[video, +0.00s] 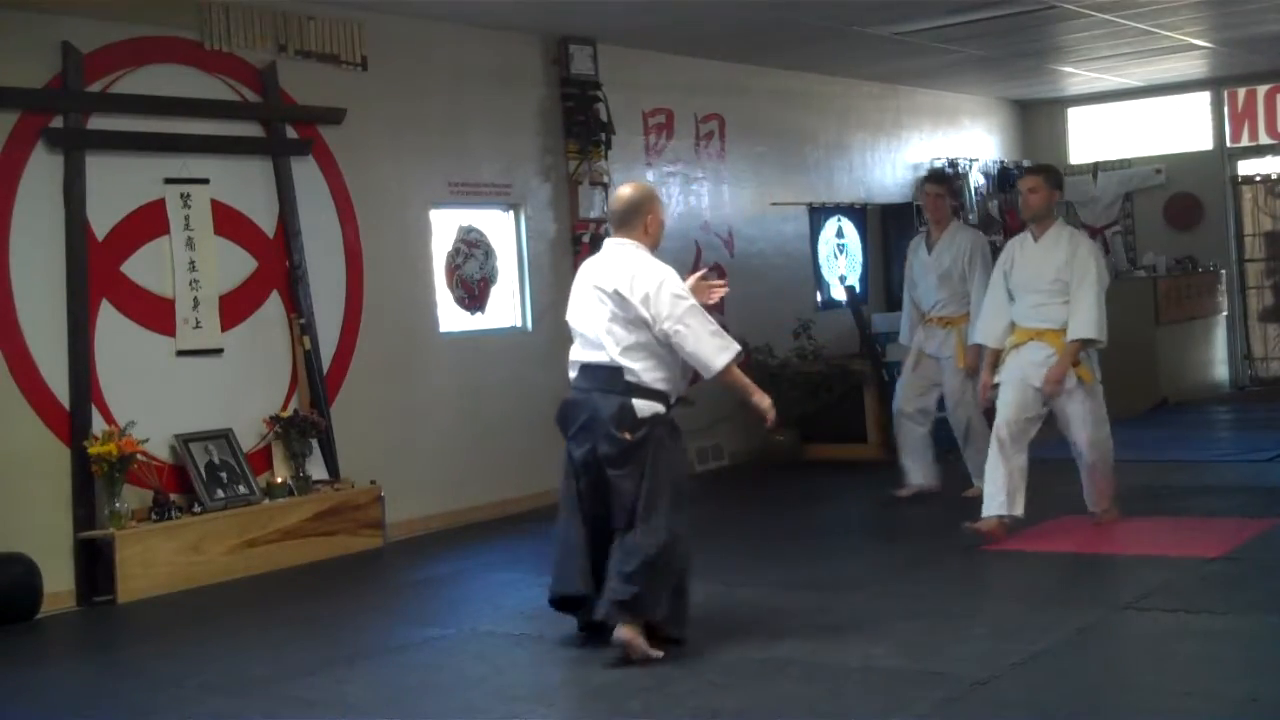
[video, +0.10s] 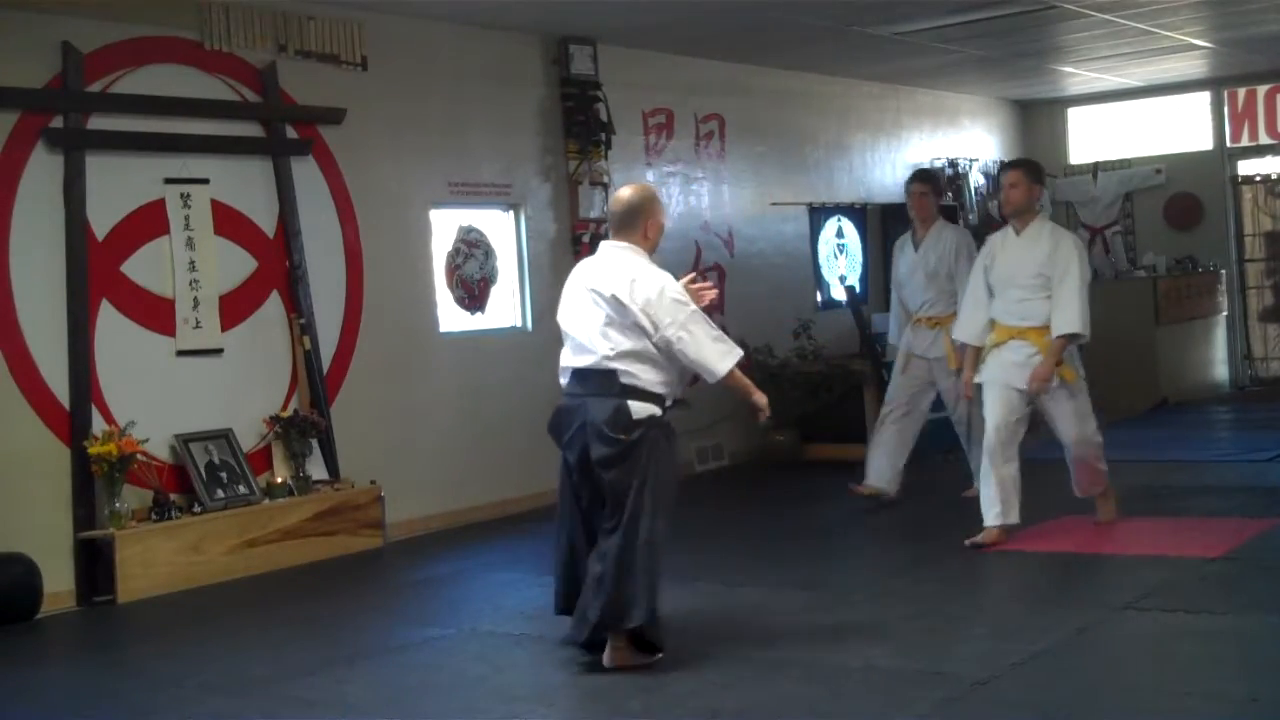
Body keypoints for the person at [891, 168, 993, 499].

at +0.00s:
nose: (932, 203)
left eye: (939, 197)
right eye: (927, 197)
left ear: (953, 202)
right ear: (921, 203)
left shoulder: (972, 241)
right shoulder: (916, 246)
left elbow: (981, 295)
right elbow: (911, 299)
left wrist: (976, 343)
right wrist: (911, 345)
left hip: (961, 332)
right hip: (927, 332)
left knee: (963, 409)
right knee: (908, 406)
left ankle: (983, 479)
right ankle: (921, 479)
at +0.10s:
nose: (916, 202)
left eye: (923, 196)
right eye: (911, 197)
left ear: (938, 200)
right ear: (906, 202)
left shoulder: (957, 238)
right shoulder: (902, 246)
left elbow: (970, 293)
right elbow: (898, 300)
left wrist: (968, 343)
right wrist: (897, 346)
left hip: (952, 333)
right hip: (915, 333)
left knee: (965, 411)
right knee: (899, 406)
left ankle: (984, 479)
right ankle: (881, 481)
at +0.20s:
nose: (900, 205)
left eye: (906, 198)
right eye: (894, 199)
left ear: (919, 202)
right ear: (888, 205)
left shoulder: (939, 241)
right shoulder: (885, 250)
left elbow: (956, 293)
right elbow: (883, 304)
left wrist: (954, 340)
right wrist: (885, 346)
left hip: (940, 337)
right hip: (901, 340)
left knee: (962, 414)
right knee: (883, 411)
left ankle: (988, 479)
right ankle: (859, 483)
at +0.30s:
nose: (875, 210)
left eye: (883, 203)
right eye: (871, 203)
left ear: (896, 208)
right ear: (865, 210)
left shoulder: (917, 247)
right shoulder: (866, 256)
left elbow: (939, 296)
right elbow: (867, 310)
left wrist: (928, 332)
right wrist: (868, 355)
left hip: (919, 345)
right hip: (880, 349)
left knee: (950, 416)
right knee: (863, 418)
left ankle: (987, 483)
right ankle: (851, 496)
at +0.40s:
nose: (851, 210)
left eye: (858, 203)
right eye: (846, 204)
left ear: (872, 206)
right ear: (842, 209)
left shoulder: (895, 246)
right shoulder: (847, 257)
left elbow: (913, 298)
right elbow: (849, 310)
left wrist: (911, 343)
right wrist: (850, 351)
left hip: (893, 345)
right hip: (857, 348)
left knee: (922, 416)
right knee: (850, 422)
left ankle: (969, 463)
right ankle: (851, 497)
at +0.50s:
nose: (831, 203)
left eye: (838, 197)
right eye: (827, 197)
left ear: (854, 200)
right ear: (822, 202)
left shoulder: (877, 237)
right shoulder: (828, 246)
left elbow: (889, 291)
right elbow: (827, 305)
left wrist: (886, 341)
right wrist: (825, 355)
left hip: (872, 341)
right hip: (839, 344)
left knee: (886, 418)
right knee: (839, 428)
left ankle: (932, 461)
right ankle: (847, 498)